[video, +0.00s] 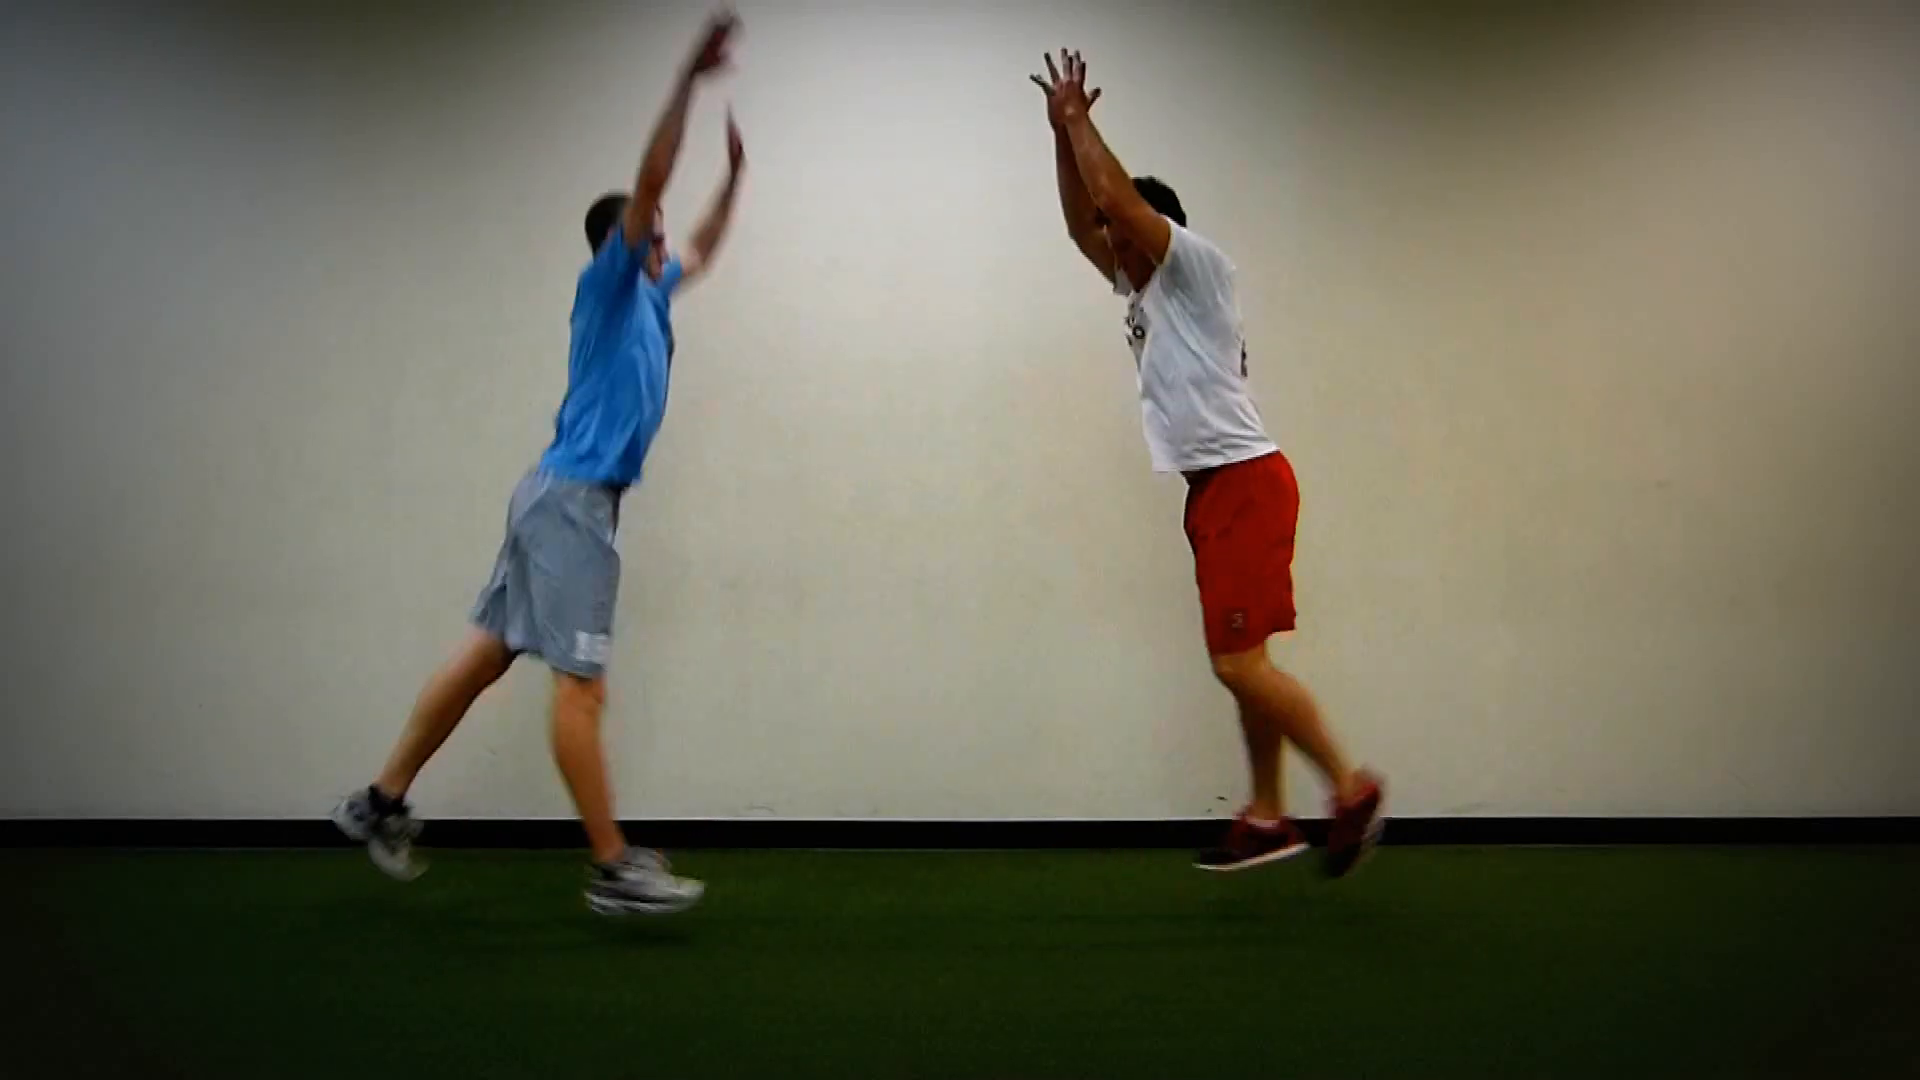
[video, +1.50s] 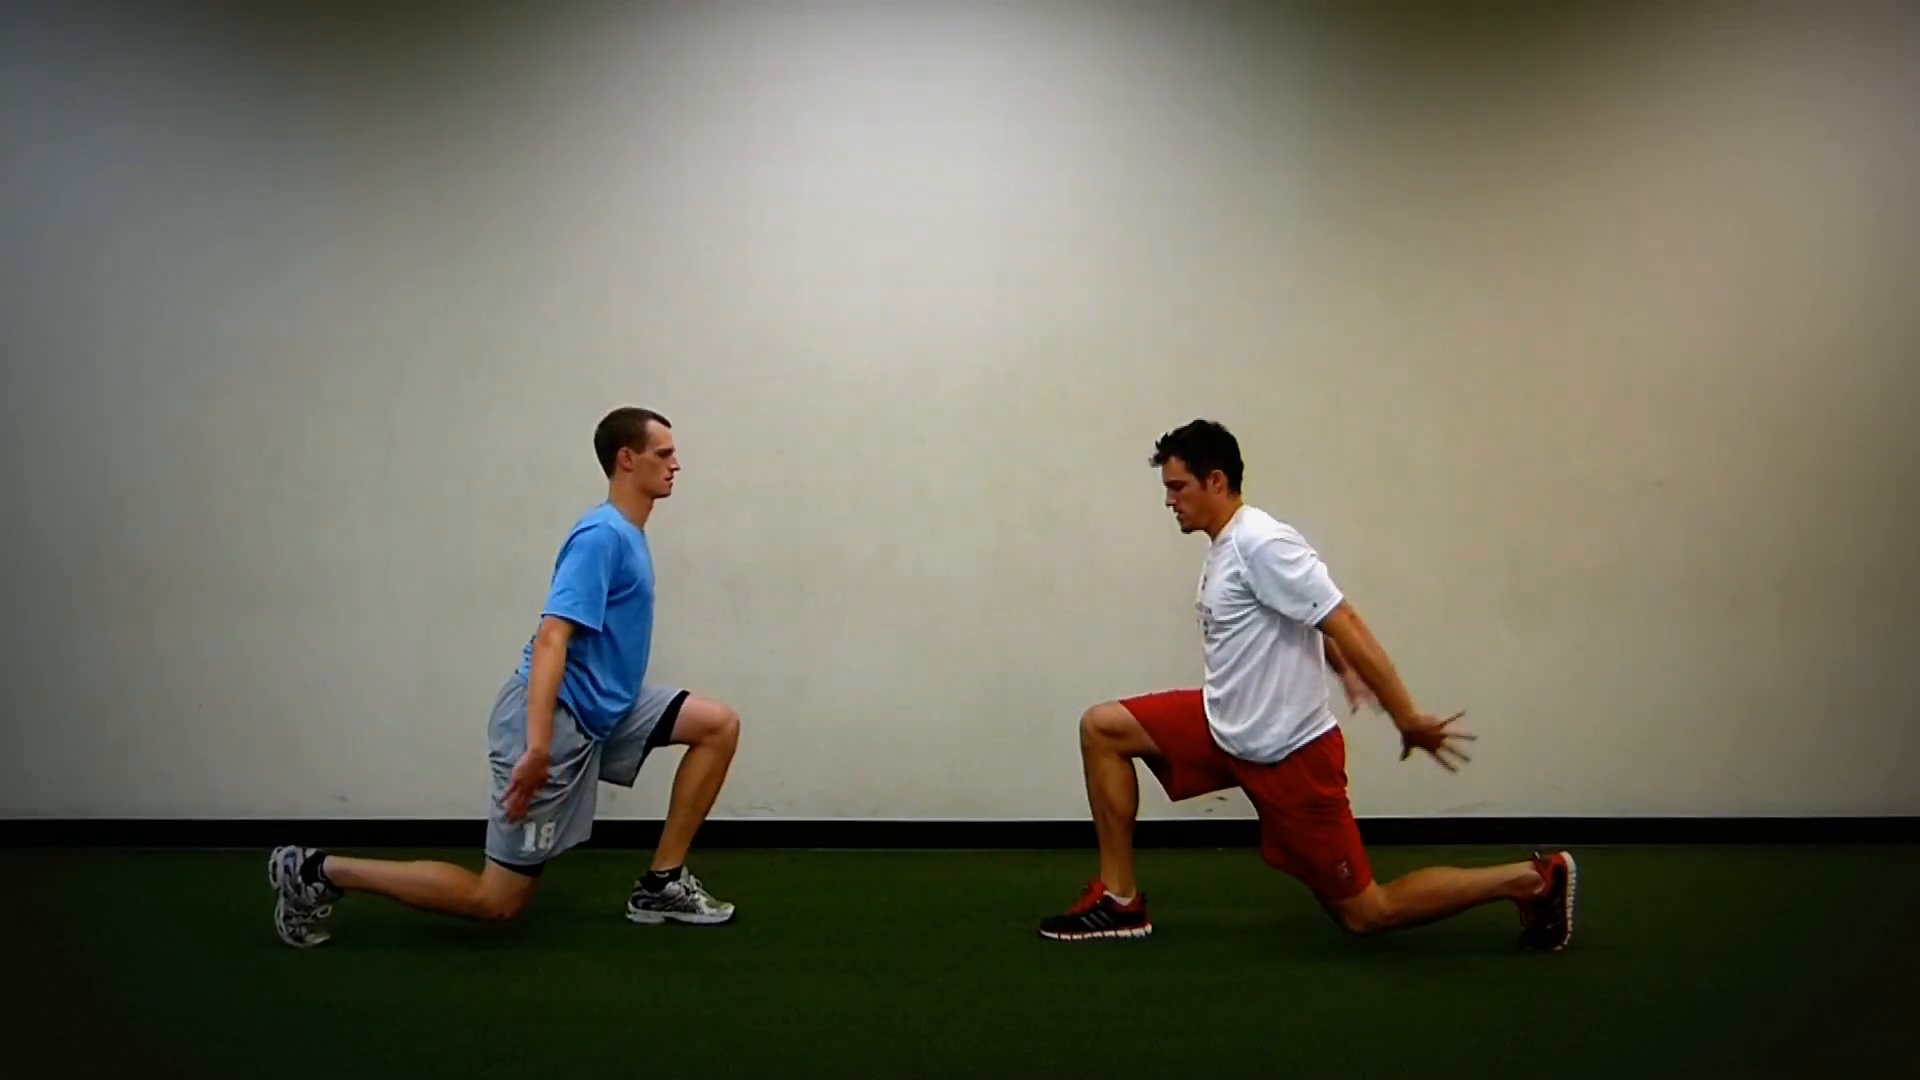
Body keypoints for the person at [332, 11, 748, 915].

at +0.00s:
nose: (663, 239)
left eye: (661, 229)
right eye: (649, 228)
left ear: (648, 245)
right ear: (622, 237)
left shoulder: (652, 298)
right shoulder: (610, 285)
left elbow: (700, 252)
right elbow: (646, 190)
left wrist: (733, 179)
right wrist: (688, 79)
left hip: (564, 499)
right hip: (574, 503)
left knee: (486, 653)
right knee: (581, 685)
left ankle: (381, 800)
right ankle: (612, 862)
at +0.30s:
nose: (659, 206)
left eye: (659, 200)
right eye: (650, 195)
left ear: (637, 214)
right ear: (621, 205)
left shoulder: (633, 267)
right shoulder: (601, 256)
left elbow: (657, 204)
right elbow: (644, 169)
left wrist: (699, 147)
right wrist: (692, 60)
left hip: (607, 485)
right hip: (571, 474)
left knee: (633, 649)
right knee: (501, 648)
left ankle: (591, 818)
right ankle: (340, 749)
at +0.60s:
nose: (669, 444)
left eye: (667, 432)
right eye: (659, 433)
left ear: (633, 440)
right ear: (621, 438)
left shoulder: (631, 515)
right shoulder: (610, 510)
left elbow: (620, 609)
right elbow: (603, 585)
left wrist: (687, 634)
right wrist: (685, 619)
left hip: (607, 687)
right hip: (553, 695)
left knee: (717, 727)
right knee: (502, 875)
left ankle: (665, 882)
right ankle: (318, 873)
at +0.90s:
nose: (677, 478)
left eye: (677, 467)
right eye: (667, 468)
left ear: (638, 471)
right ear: (630, 470)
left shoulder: (632, 542)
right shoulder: (611, 537)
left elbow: (615, 648)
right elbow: (568, 630)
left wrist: (613, 749)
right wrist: (567, 734)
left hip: (599, 703)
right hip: (545, 713)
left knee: (715, 726)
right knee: (501, 903)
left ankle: (663, 881)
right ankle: (322, 873)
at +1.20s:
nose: (673, 468)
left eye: (673, 457)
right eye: (663, 457)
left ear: (634, 462)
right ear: (624, 460)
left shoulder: (625, 535)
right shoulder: (599, 535)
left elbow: (583, 637)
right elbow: (558, 636)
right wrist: (561, 740)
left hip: (598, 701)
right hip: (544, 710)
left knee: (715, 726)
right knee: (499, 898)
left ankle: (663, 883)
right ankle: (317, 872)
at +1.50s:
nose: (675, 465)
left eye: (674, 454)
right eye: (665, 455)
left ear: (634, 461)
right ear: (626, 460)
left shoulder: (628, 535)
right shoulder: (600, 538)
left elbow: (583, 637)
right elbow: (552, 640)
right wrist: (540, 747)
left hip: (605, 705)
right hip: (550, 719)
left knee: (717, 726)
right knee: (498, 900)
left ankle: (663, 883)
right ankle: (316, 872)